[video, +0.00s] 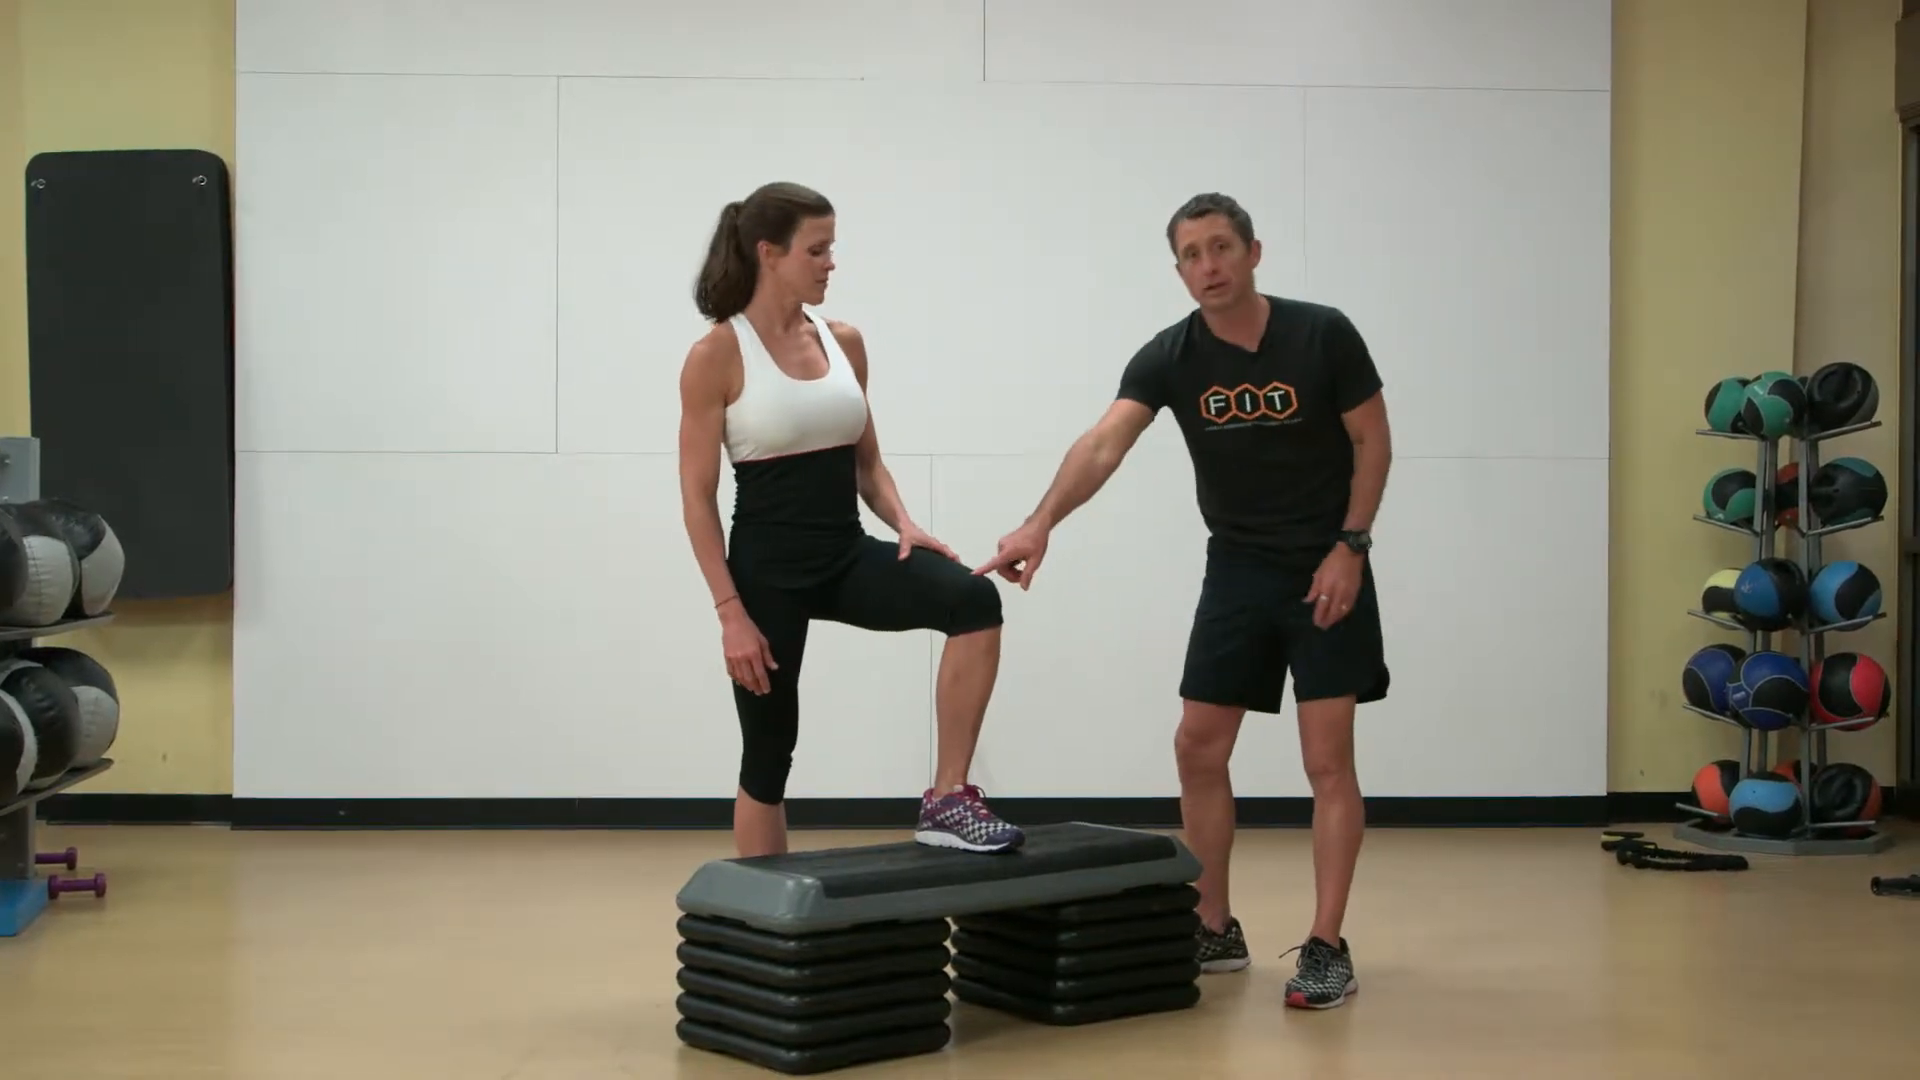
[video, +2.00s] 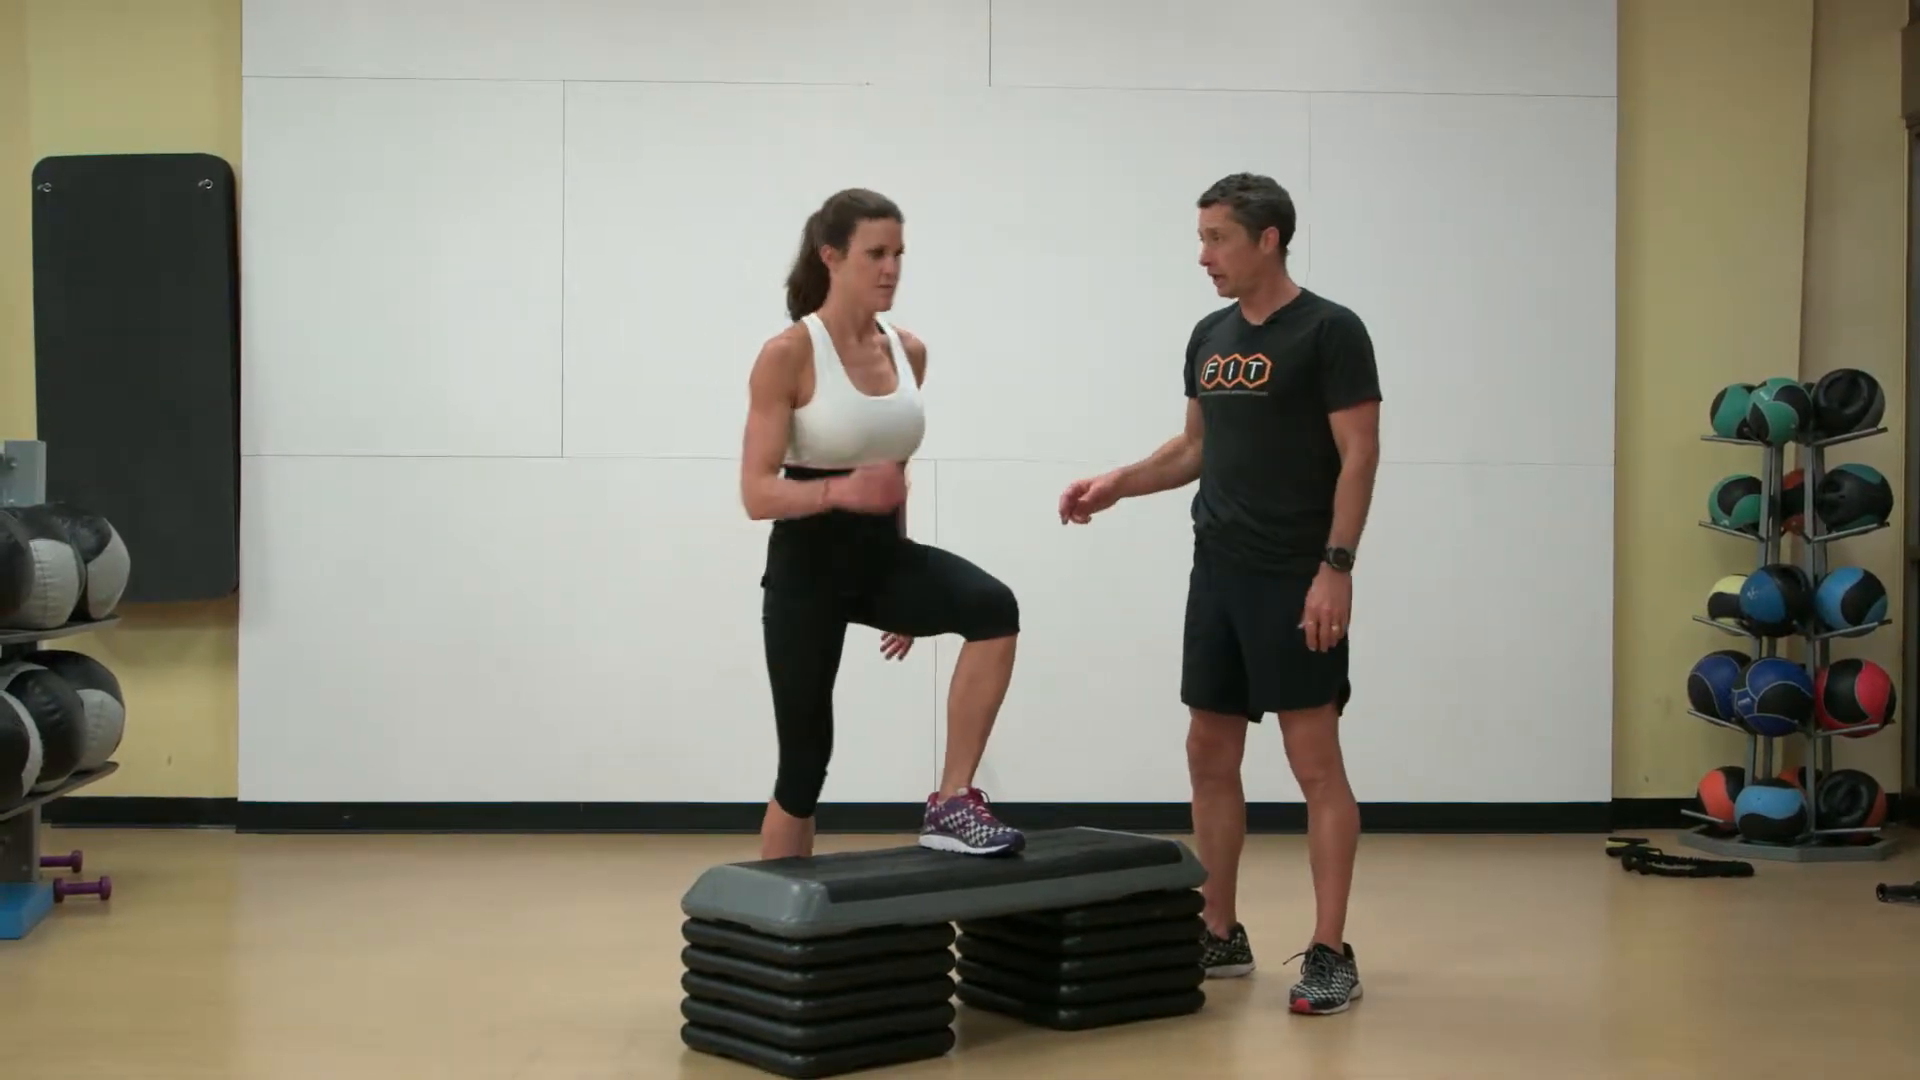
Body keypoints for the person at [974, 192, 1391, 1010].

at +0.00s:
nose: (1207, 266)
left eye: (1220, 248)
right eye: (1191, 255)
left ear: (1253, 253)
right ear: (1178, 270)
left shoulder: (1323, 336)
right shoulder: (1169, 358)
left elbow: (1373, 445)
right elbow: (1102, 444)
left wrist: (1352, 547)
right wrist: (1039, 523)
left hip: (1326, 566)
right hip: (1236, 568)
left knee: (1329, 762)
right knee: (1199, 745)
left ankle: (1326, 941)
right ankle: (1213, 924)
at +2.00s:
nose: (1204, 254)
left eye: (1217, 239)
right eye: (1201, 239)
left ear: (1269, 241)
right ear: (1220, 245)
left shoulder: (1332, 331)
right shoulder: (1210, 335)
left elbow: (1359, 457)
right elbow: (1194, 449)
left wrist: (1336, 567)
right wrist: (1118, 482)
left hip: (1296, 579)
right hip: (1218, 577)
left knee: (1315, 762)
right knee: (1209, 751)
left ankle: (1329, 949)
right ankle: (1219, 932)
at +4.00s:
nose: (1202, 287)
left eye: (1216, 273)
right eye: (1198, 274)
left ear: (1268, 274)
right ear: (1205, 279)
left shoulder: (1326, 363)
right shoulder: (1193, 368)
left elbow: (1360, 485)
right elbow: (1179, 477)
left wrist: (1339, 591)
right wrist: (1119, 518)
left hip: (1296, 607)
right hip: (1211, 605)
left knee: (1313, 791)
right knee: (1202, 781)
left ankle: (1326, 979)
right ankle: (1215, 962)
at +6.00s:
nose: (1229, 333)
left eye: (1242, 318)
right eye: (1220, 319)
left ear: (1289, 309)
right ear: (1215, 317)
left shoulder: (1359, 387)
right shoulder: (1209, 399)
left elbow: (1404, 503)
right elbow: (1197, 511)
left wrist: (1406, 615)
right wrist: (1178, 591)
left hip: (1344, 633)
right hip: (1252, 634)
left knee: (1346, 819)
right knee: (1220, 808)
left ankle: (1343, 1002)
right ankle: (1232, 986)